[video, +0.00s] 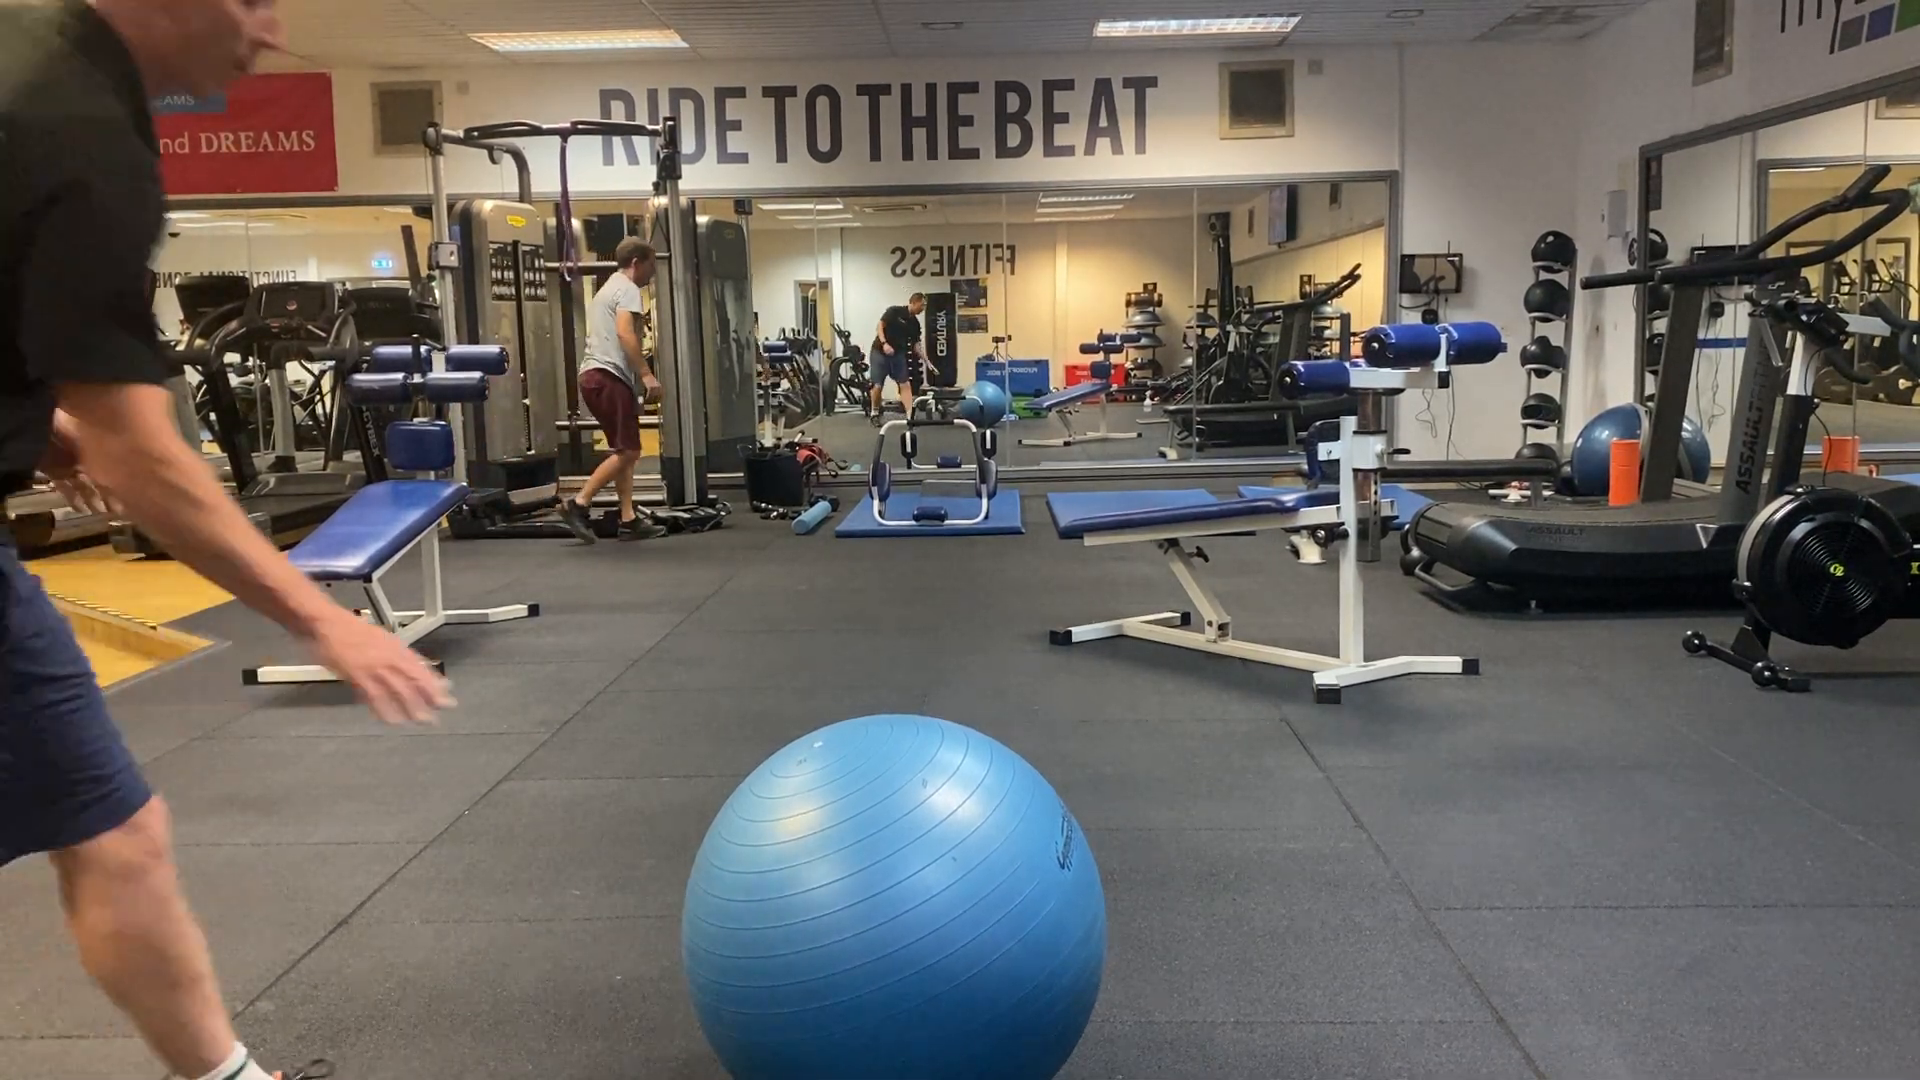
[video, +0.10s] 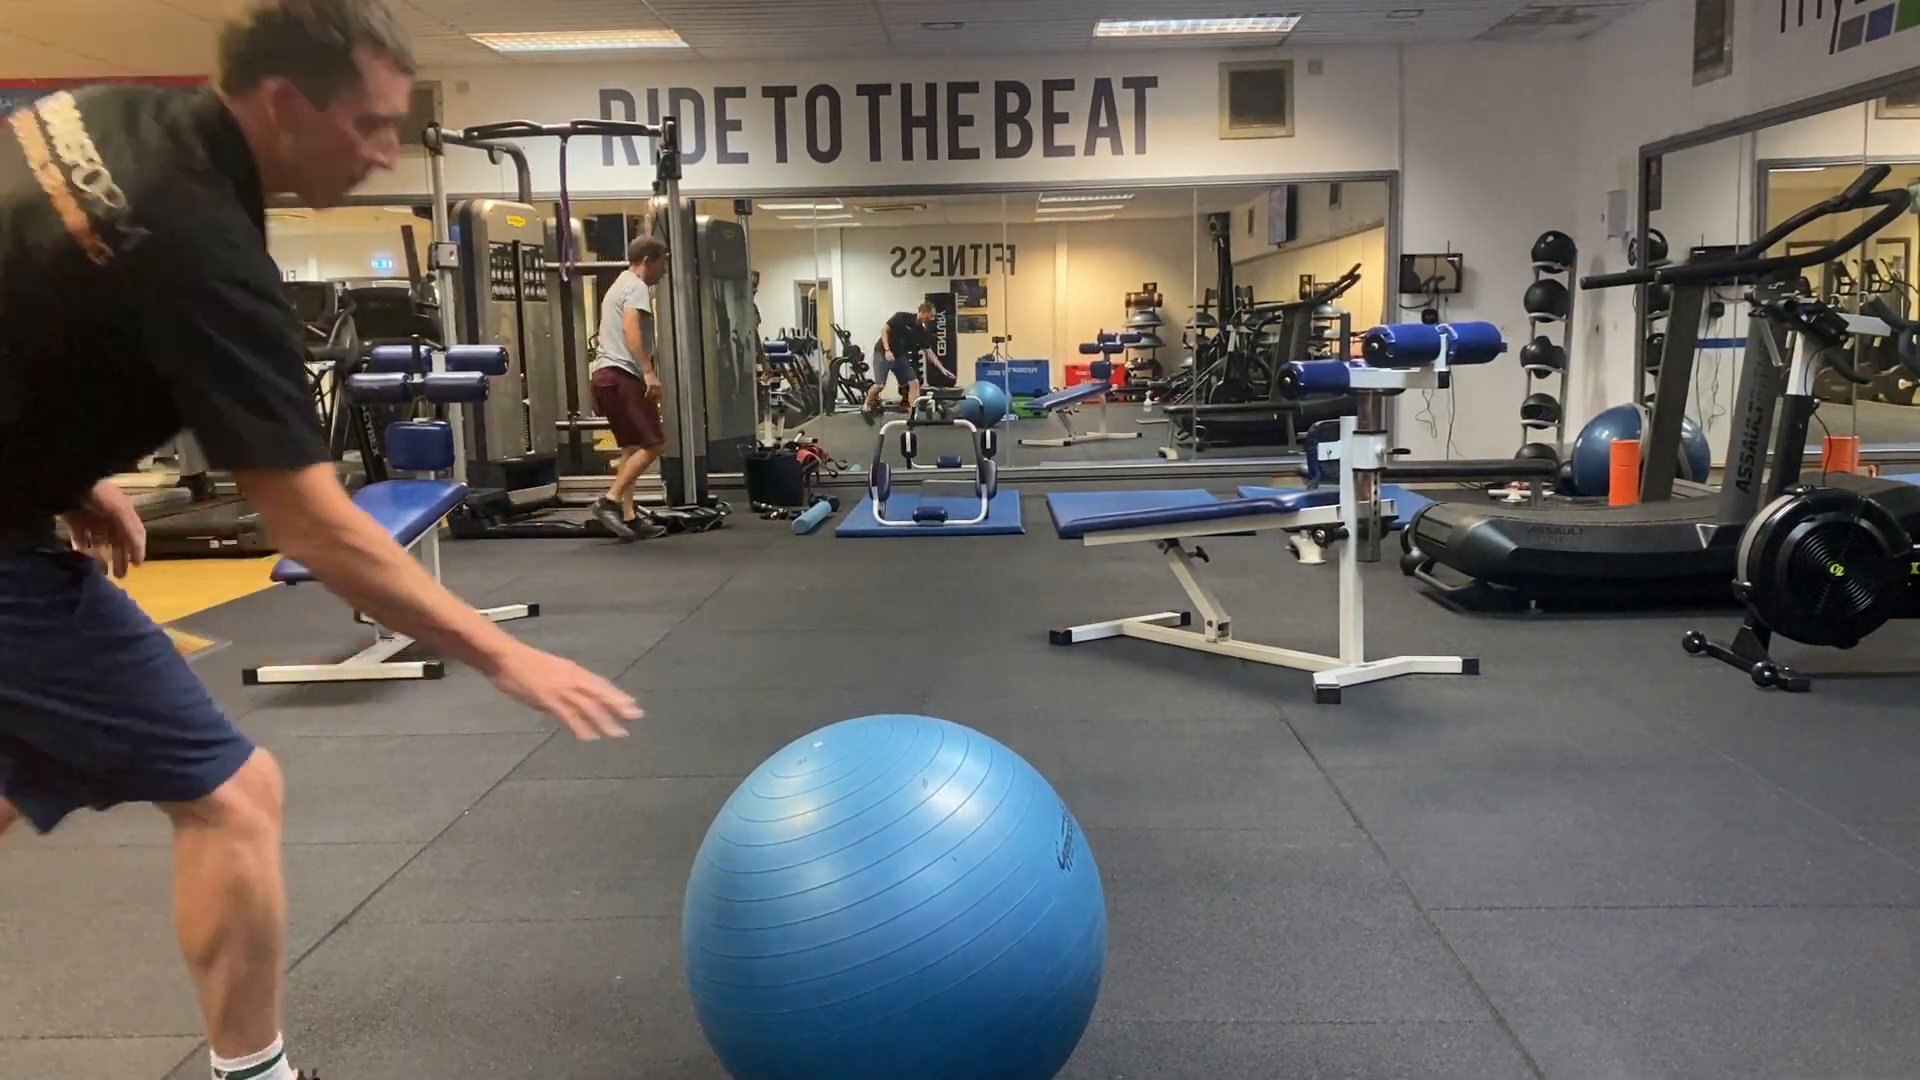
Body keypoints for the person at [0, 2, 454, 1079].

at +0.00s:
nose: (270, 33)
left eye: (273, 9)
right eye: (254, 4)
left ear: (156, 1)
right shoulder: (79, 127)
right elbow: (130, 453)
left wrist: (50, 424)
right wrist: (324, 621)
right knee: (114, 828)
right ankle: (223, 1071)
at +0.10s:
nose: (386, 155)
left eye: (393, 129)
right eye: (371, 126)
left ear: (268, 105)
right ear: (280, 105)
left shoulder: (125, 115)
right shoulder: (209, 253)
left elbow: (14, 296)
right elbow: (312, 523)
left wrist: (63, 479)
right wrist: (500, 653)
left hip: (25, 539)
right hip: (16, 551)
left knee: (17, 778)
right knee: (232, 790)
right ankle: (250, 1065)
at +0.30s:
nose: (493, 336)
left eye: (502, 311)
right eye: (483, 311)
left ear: (391, 274)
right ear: (398, 288)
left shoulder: (264, 263)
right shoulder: (332, 414)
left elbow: (95, 389)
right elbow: (519, 609)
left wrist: (149, 575)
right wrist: (715, 706)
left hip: (20, 561)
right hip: (40, 595)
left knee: (61, 837)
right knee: (317, 787)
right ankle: (260, 1061)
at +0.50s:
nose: (482, 392)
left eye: (486, 368)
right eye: (465, 369)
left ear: (373, 365)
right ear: (372, 368)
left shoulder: (290, 389)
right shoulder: (289, 471)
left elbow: (227, 542)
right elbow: (437, 688)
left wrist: (291, 688)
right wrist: (626, 762)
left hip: (71, 670)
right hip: (63, 680)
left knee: (151, 965)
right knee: (367, 792)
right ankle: (272, 1065)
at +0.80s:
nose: (376, 347)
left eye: (373, 322)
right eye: (348, 325)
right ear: (264, 347)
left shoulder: (335, 452)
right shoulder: (176, 464)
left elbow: (341, 613)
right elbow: (275, 689)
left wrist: (461, 721)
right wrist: (442, 790)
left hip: (169, 716)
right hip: (56, 712)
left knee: (198, 1037)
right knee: (301, 780)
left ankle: (10, 956)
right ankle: (264, 1063)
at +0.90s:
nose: (367, 342)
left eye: (364, 318)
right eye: (339, 318)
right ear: (256, 330)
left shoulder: (321, 440)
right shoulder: (160, 446)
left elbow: (354, 620)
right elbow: (212, 670)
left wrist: (478, 695)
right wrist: (378, 786)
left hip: (172, 715)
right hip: (53, 707)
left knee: (216, 1022)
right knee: (289, 785)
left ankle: (13, 954)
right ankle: (189, 1060)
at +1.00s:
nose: (357, 335)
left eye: (359, 311)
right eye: (332, 309)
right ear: (252, 312)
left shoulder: (310, 437)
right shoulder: (144, 430)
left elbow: (348, 605)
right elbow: (129, 649)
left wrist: (477, 684)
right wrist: (314, 753)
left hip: (182, 731)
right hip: (71, 726)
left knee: (203, 1036)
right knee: (293, 887)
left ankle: (28, 966)